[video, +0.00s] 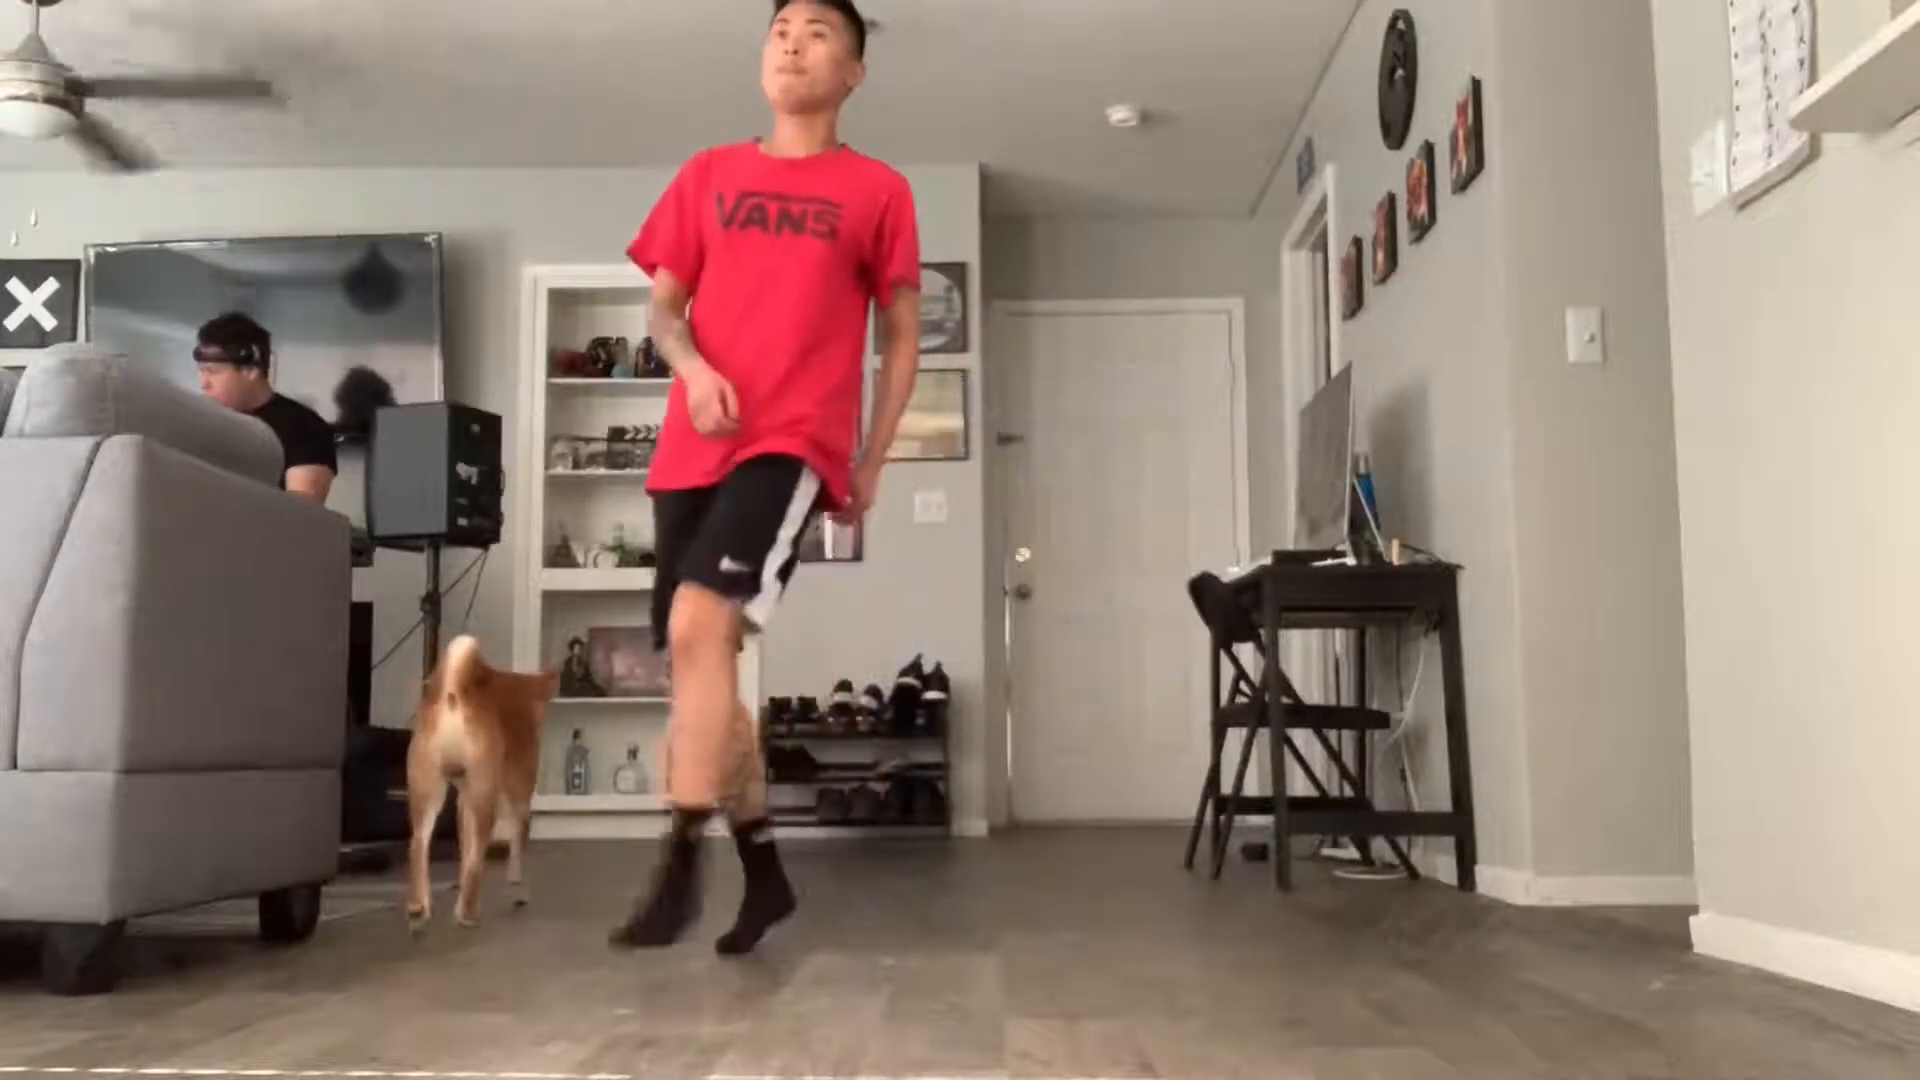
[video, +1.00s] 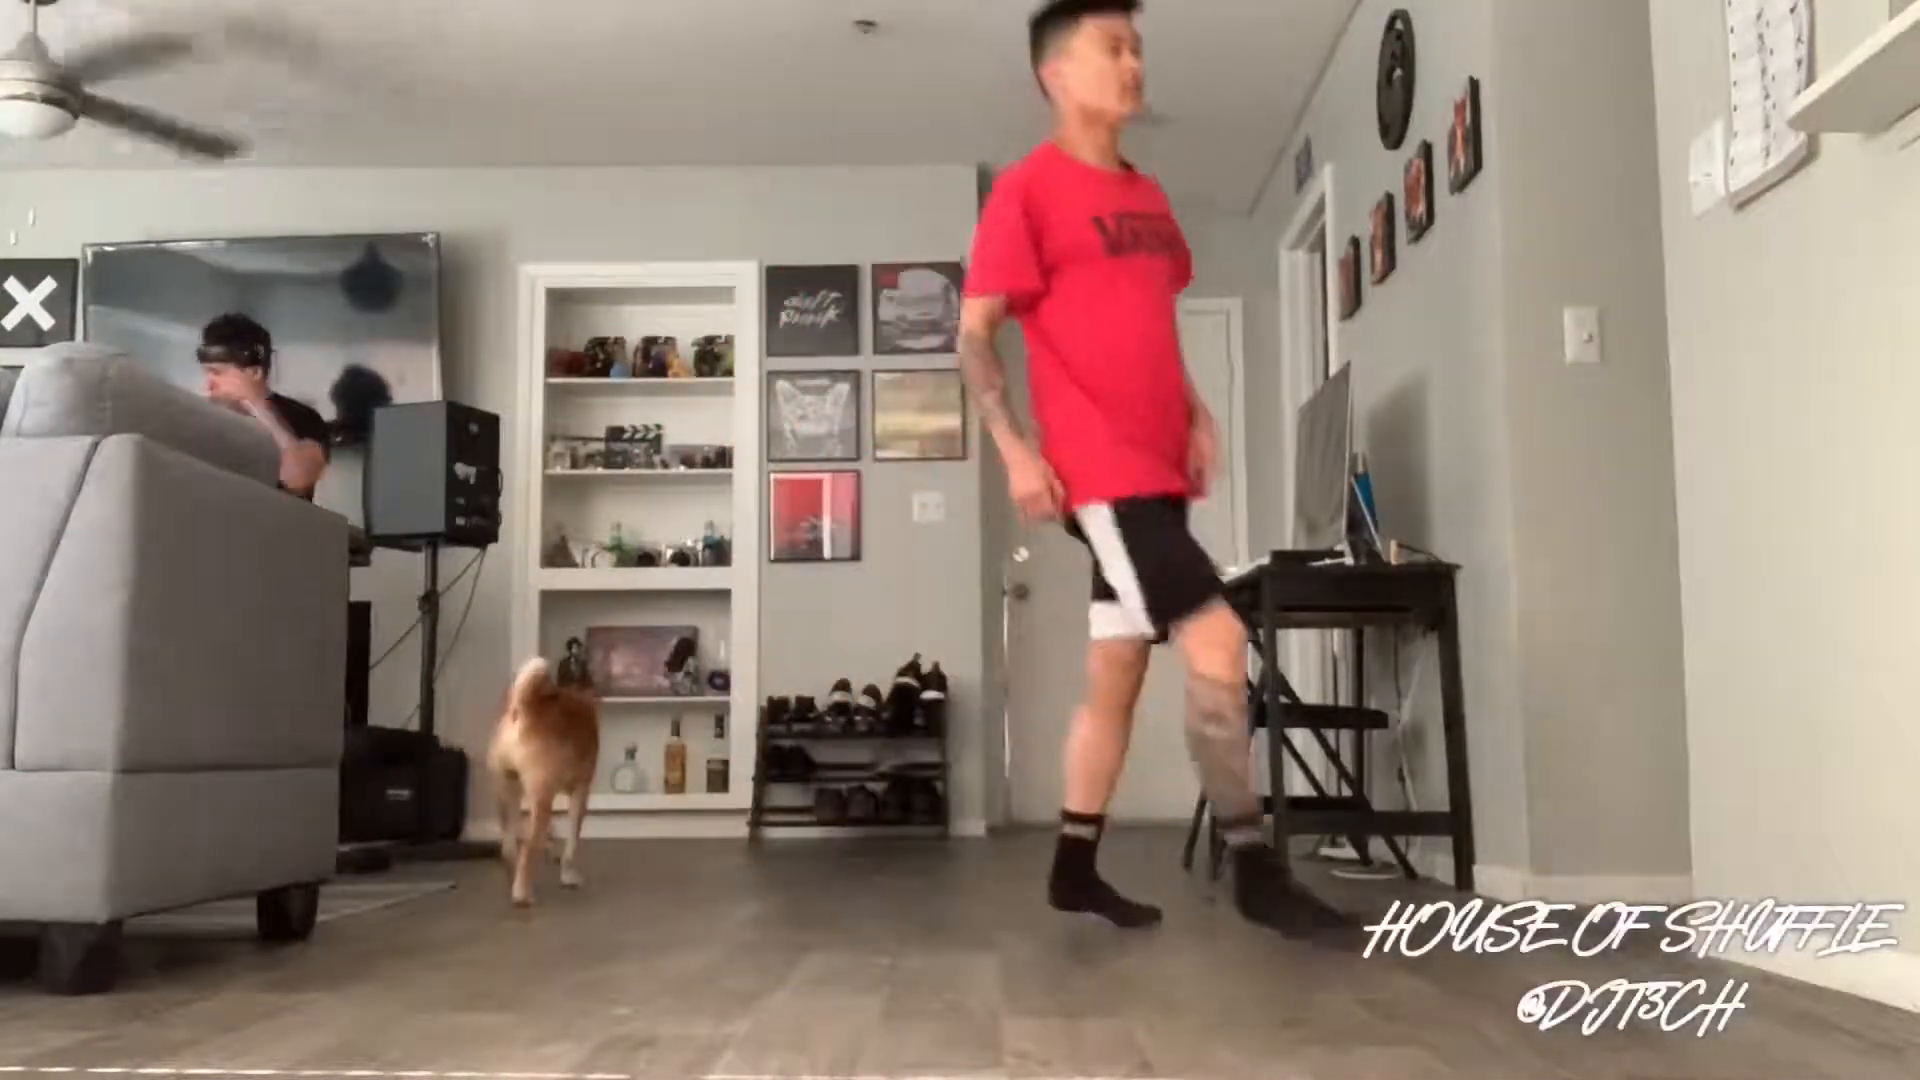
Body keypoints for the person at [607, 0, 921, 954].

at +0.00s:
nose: (789, 48)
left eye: (814, 37)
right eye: (779, 35)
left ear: (853, 73)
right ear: (760, 63)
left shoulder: (879, 191)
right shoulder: (708, 174)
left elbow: (902, 338)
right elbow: (662, 308)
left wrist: (871, 460)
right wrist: (691, 367)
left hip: (793, 437)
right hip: (693, 435)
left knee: (699, 621)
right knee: (694, 651)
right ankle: (765, 871)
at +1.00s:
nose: (1134, 66)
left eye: (1135, 51)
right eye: (1113, 49)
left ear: (1130, 74)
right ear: (1054, 73)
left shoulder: (1142, 191)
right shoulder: (1025, 189)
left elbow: (1148, 325)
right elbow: (974, 334)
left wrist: (1194, 415)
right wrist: (1013, 449)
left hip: (1156, 456)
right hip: (1095, 459)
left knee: (1114, 673)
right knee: (1218, 641)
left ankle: (1072, 871)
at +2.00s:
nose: (881, 68)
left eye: (904, 50)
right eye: (878, 57)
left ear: (965, 73)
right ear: (881, 87)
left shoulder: (1023, 196)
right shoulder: (859, 215)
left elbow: (1060, 338)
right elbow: (854, 344)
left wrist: (963, 300)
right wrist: (844, 395)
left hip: (980, 476)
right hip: (875, 479)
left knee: (1008, 684)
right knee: (873, 668)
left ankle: (1050, 888)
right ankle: (840, 896)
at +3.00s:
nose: (772, 78)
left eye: (787, 58)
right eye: (770, 66)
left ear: (851, 65)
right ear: (795, 83)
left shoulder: (912, 170)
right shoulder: (782, 216)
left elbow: (960, 305)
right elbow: (785, 367)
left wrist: (846, 324)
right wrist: (731, 437)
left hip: (865, 481)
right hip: (774, 483)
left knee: (888, 685)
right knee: (736, 671)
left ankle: (915, 885)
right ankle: (748, 904)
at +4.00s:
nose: (1164, 57)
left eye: (1167, 42)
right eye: (1142, 40)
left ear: (1167, 63)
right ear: (1085, 65)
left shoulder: (1187, 194)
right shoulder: (1057, 187)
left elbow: (1214, 332)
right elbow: (1028, 342)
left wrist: (1284, 348)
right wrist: (1040, 474)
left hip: (1216, 467)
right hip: (1143, 471)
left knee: (1175, 678)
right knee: (1232, 671)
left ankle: (1118, 856)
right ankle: (1271, 894)